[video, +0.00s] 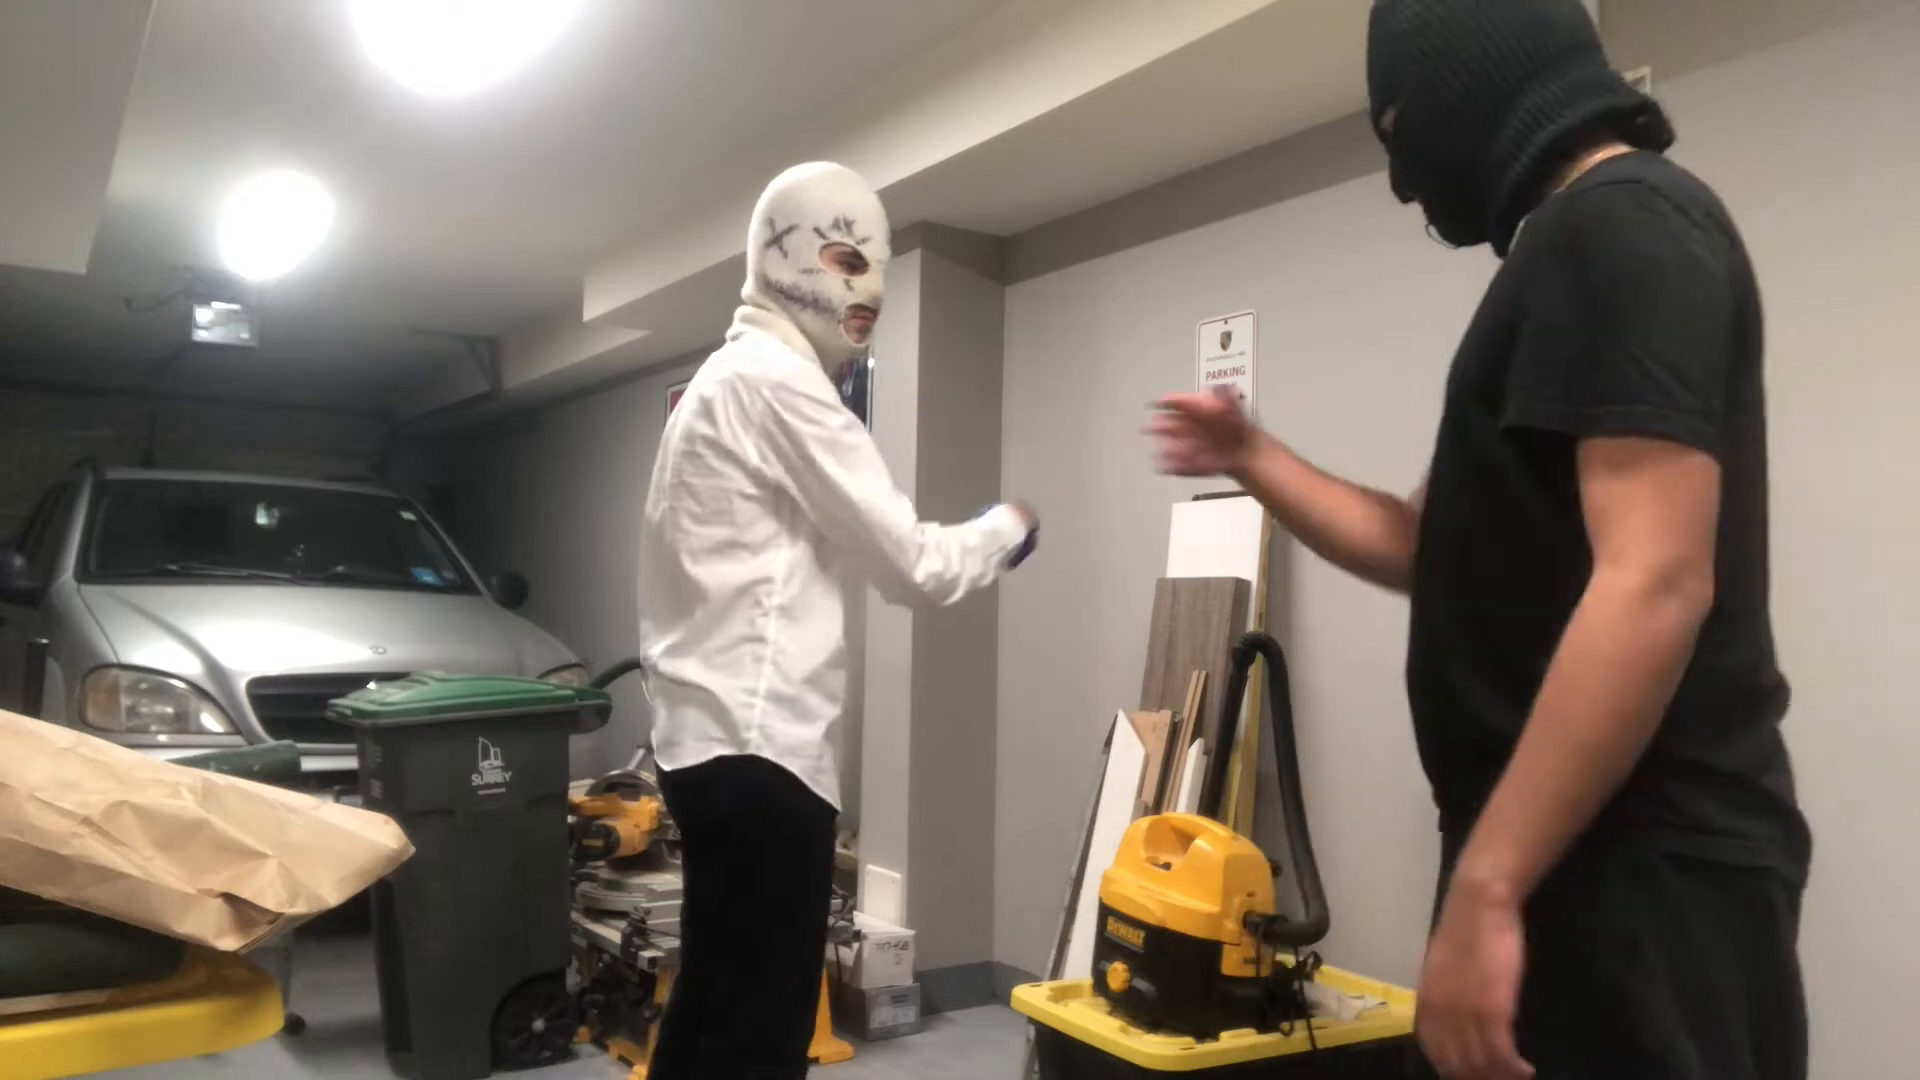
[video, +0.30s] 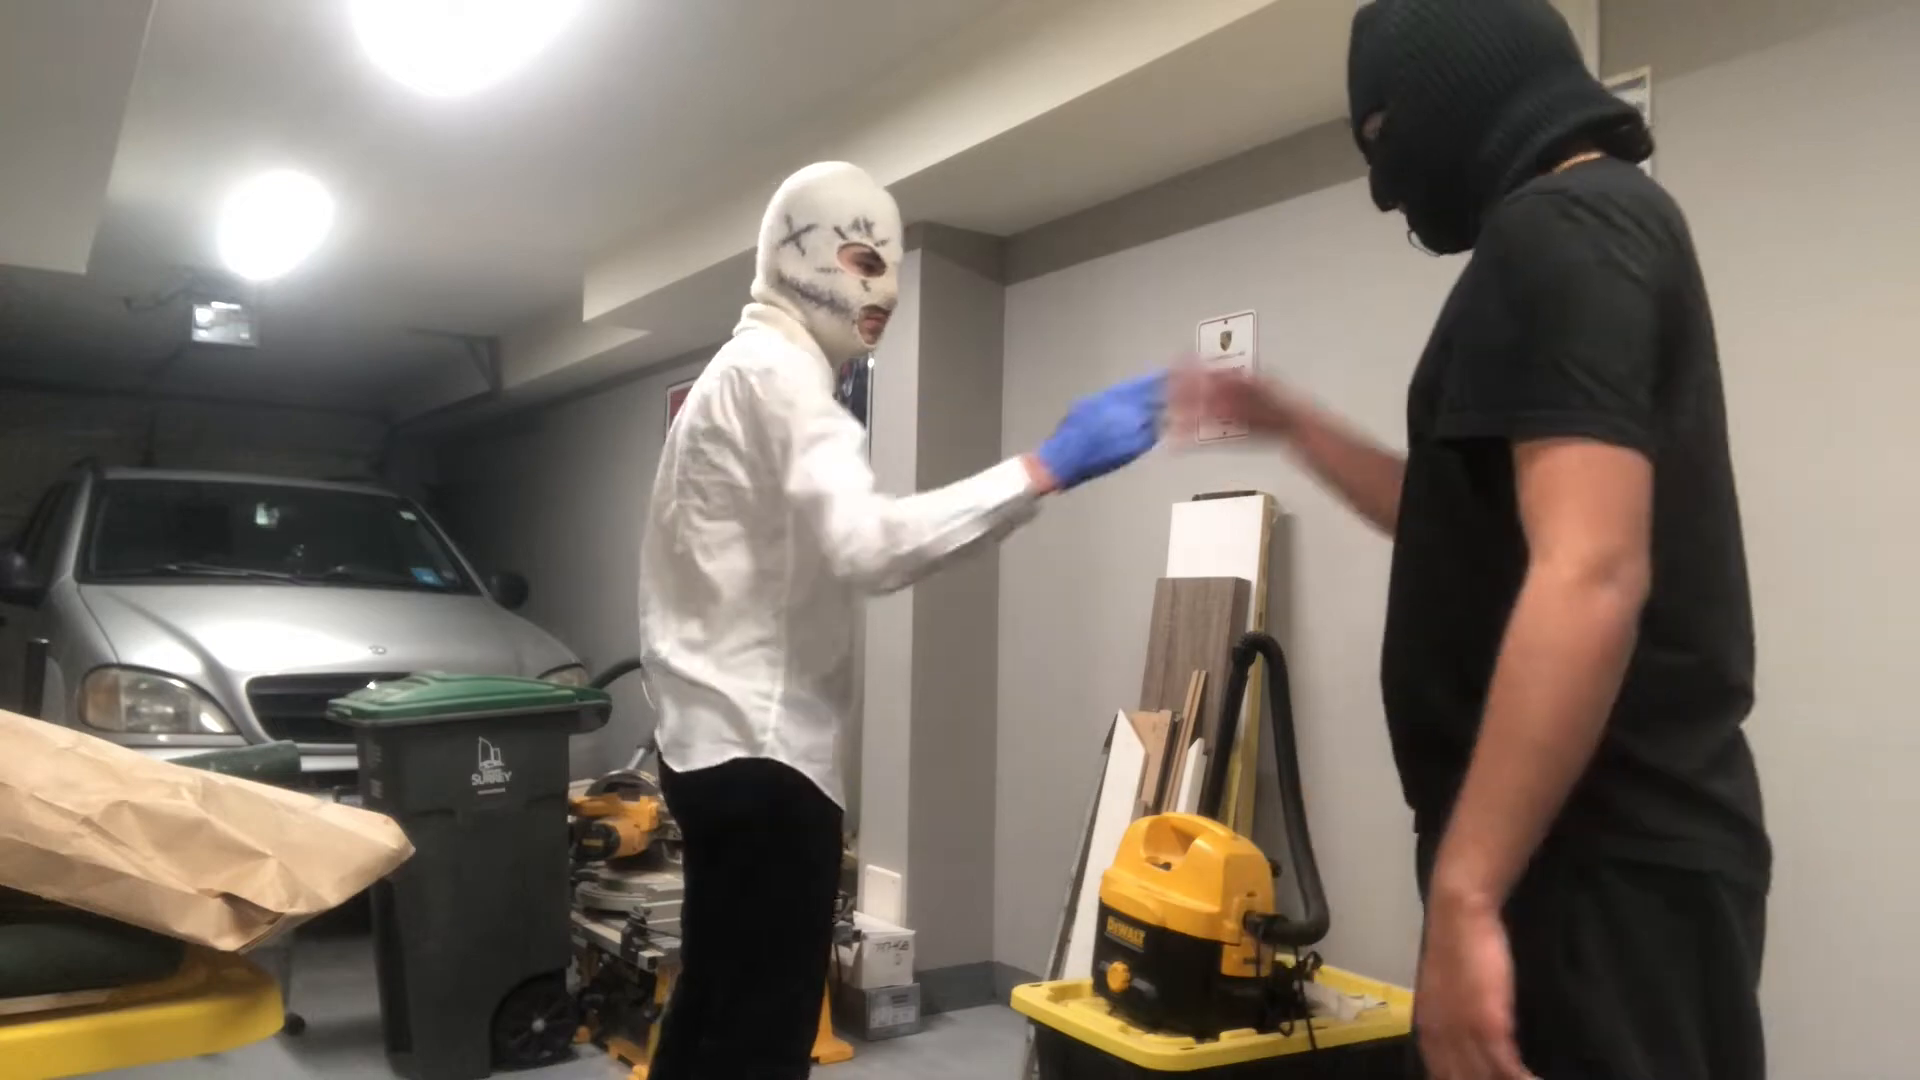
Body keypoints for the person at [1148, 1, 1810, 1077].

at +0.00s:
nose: (1391, 171)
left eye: (1390, 121)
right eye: (1382, 132)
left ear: (1460, 84)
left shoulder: (1622, 224)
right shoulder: (1571, 245)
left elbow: (1655, 582)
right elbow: (1442, 556)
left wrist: (1484, 886)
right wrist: (1253, 457)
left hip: (1634, 877)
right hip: (1578, 874)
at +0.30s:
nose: (1374, 181)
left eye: (1375, 130)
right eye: (1365, 143)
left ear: (1448, 91)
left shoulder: (1562, 227)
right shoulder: (1577, 226)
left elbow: (1593, 575)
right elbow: (1472, 528)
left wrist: (1462, 891)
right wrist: (1292, 423)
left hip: (1598, 878)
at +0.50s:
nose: (1395, 193)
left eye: (1390, 145)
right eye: (1381, 159)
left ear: (1457, 98)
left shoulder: (1566, 224)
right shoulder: (1611, 226)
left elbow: (1532, 564)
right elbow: (1346, 432)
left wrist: (1354, 853)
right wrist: (1259, 254)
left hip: (1583, 867)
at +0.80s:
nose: (1379, 183)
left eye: (1381, 130)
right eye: (1371, 145)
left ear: (1456, 86)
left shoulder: (1599, 229)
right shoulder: (1557, 248)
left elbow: (1620, 580)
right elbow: (1462, 576)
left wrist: (1363, 824)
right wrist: (1230, 665)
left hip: (1598, 881)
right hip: (1537, 871)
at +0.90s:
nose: (1386, 183)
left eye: (1385, 129)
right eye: (1375, 145)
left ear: (1452, 88)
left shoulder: (1598, 229)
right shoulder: (1558, 248)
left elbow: (1631, 582)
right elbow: (1388, 536)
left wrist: (1396, 835)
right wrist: (1178, 556)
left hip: (1601, 882)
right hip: (1534, 872)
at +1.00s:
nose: (1383, 174)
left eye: (1385, 125)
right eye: (1375, 138)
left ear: (1454, 90)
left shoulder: (1609, 227)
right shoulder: (1549, 268)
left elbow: (1638, 579)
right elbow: (1323, 400)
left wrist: (1415, 841)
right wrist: (1157, 317)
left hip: (1601, 886)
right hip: (1537, 878)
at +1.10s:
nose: (1385, 177)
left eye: (1382, 127)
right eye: (1373, 142)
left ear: (1440, 88)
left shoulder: (1603, 234)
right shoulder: (1537, 264)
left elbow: (1662, 583)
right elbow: (1312, 348)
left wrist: (1434, 850)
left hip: (1607, 867)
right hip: (1536, 861)